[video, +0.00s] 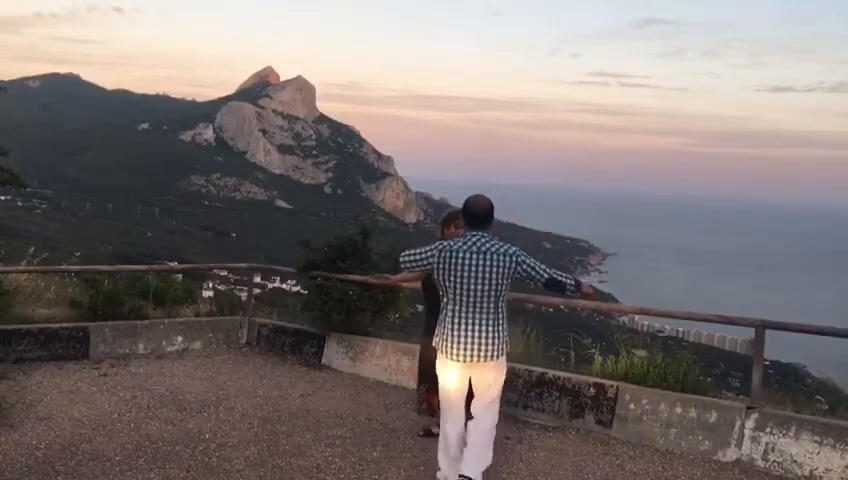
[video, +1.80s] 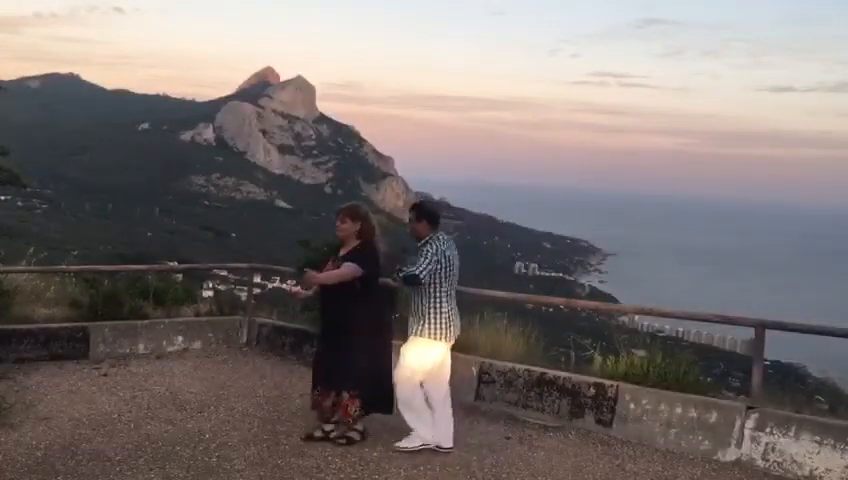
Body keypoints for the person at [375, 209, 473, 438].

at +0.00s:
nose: (459, 233)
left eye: (462, 228)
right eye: (455, 228)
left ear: (464, 229)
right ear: (444, 230)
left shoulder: (468, 256)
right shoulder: (438, 253)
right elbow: (422, 275)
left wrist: (397, 278)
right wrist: (396, 278)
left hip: (457, 325)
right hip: (435, 326)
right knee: (432, 371)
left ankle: (443, 418)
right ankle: (434, 418)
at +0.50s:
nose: (428, 229)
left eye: (432, 224)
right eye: (423, 225)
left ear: (441, 229)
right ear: (414, 228)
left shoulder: (446, 254)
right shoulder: (403, 253)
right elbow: (390, 267)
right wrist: (377, 268)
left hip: (436, 318)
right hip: (407, 317)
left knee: (431, 367)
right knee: (405, 364)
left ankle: (428, 417)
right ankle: (407, 418)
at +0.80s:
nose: (407, 229)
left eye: (413, 225)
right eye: (403, 225)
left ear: (422, 229)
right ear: (395, 229)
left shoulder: (432, 257)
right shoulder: (385, 254)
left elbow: (447, 292)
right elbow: (363, 265)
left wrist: (443, 326)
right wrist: (341, 271)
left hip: (419, 326)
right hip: (386, 323)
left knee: (410, 372)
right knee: (379, 368)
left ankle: (405, 424)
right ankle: (373, 417)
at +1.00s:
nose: (394, 227)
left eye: (399, 223)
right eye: (389, 223)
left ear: (408, 227)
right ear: (381, 226)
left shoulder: (417, 254)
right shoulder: (370, 251)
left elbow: (433, 280)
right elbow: (349, 265)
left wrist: (417, 295)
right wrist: (323, 273)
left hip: (403, 325)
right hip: (372, 323)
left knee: (399, 372)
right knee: (369, 370)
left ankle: (404, 424)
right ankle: (367, 420)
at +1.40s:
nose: (368, 226)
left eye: (374, 222)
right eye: (364, 221)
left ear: (384, 226)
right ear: (357, 225)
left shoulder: (391, 253)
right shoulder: (349, 251)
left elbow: (397, 278)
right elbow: (329, 268)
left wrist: (384, 286)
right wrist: (300, 278)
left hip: (379, 324)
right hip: (350, 320)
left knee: (370, 370)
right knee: (348, 366)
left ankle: (360, 424)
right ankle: (352, 417)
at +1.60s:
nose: (353, 228)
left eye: (360, 224)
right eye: (351, 223)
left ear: (372, 229)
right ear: (347, 227)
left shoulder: (380, 254)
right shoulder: (345, 255)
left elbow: (374, 274)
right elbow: (326, 274)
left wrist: (355, 282)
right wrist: (301, 285)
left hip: (370, 325)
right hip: (344, 322)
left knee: (362, 371)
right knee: (346, 368)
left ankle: (358, 425)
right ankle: (357, 418)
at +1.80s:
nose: (338, 226)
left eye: (344, 222)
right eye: (338, 221)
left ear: (358, 226)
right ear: (338, 224)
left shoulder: (366, 251)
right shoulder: (341, 253)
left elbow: (349, 273)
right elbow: (329, 278)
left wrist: (318, 278)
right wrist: (307, 292)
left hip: (359, 325)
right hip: (337, 323)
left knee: (353, 371)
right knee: (329, 368)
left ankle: (353, 423)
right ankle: (331, 421)